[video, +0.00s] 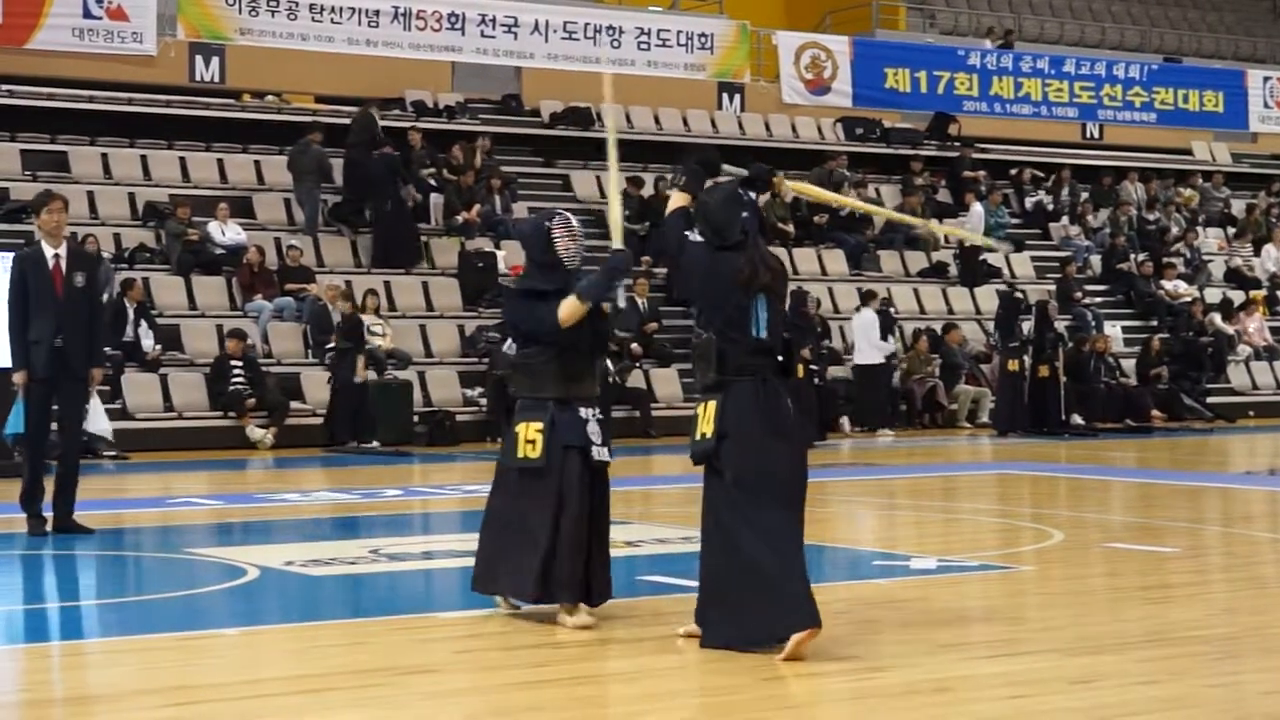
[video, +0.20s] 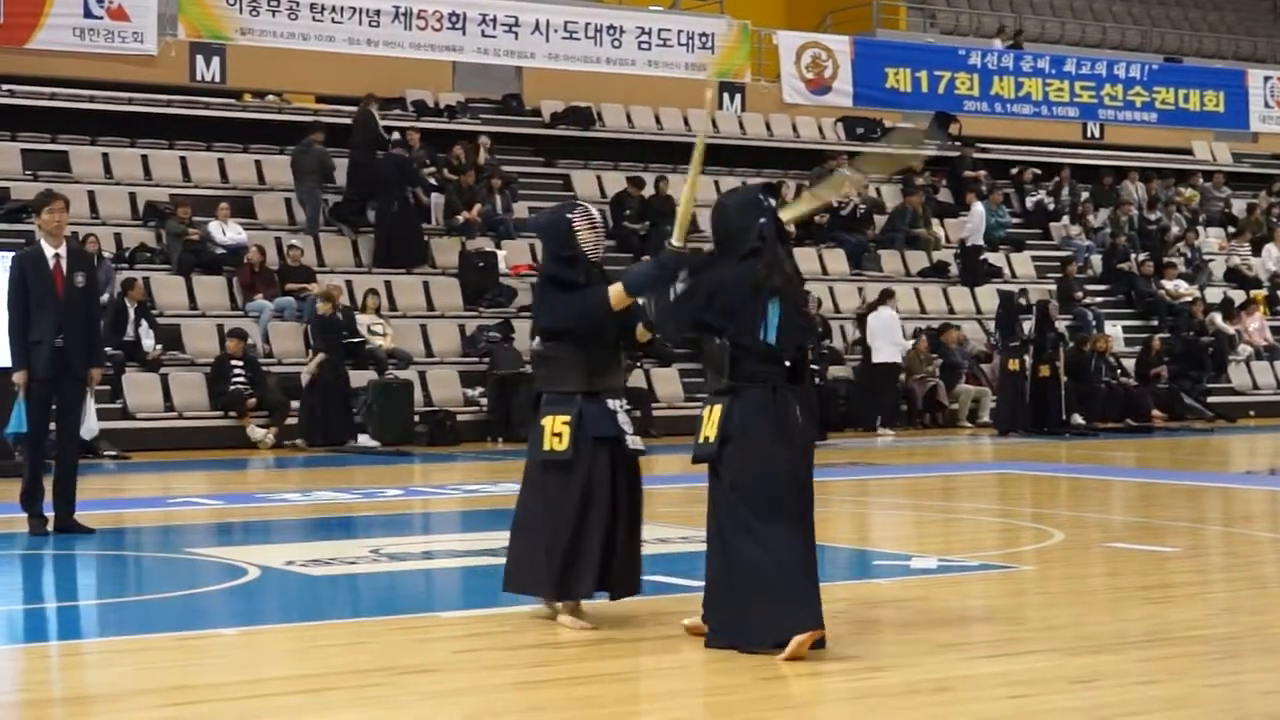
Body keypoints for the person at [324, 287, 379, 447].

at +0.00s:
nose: (338, 306)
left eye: (341, 303)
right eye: (337, 303)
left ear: (349, 303)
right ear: (338, 304)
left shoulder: (355, 320)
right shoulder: (342, 321)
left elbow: (360, 346)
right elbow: (339, 343)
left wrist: (360, 368)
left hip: (353, 361)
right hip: (341, 362)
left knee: (357, 397)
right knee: (343, 397)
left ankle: (365, 436)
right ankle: (347, 438)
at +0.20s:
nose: (318, 306)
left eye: (322, 303)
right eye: (318, 302)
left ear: (330, 305)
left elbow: (323, 350)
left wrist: (309, 367)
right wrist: (311, 359)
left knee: (313, 399)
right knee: (337, 402)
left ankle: (309, 436)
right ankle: (338, 436)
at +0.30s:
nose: (310, 308)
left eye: (313, 305)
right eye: (310, 304)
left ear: (320, 307)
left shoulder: (317, 323)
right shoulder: (320, 320)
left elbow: (315, 351)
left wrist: (299, 364)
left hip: (320, 365)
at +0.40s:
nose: (298, 305)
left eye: (301, 302)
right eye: (298, 302)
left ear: (310, 303)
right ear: (303, 304)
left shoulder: (313, 320)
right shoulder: (302, 319)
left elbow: (314, 348)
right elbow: (297, 342)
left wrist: (299, 363)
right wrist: (291, 359)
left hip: (309, 363)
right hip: (299, 362)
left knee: (301, 398)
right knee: (312, 399)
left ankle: (300, 437)